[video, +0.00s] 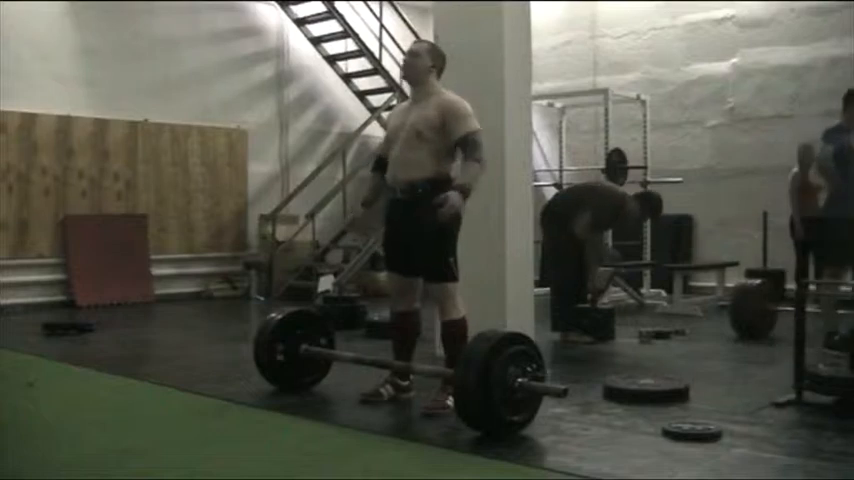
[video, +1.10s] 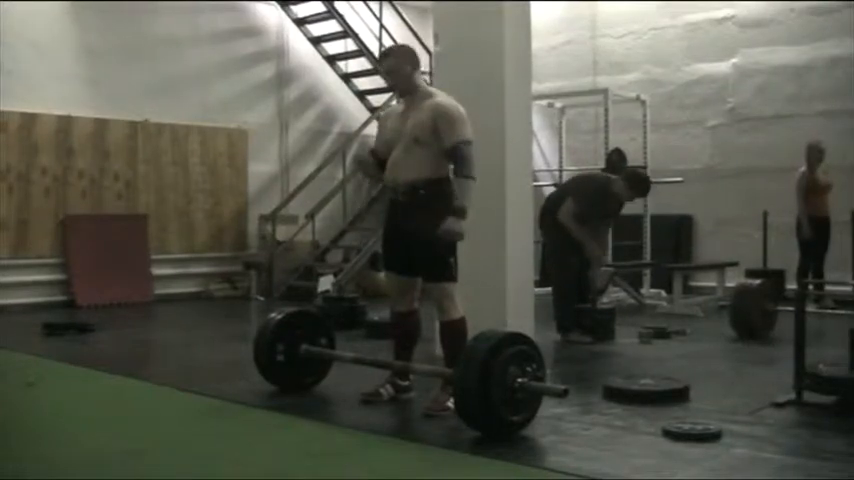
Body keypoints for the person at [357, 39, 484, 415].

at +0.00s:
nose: (405, 60)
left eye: (413, 55)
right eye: (405, 55)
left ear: (433, 66)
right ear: (407, 65)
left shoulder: (452, 107)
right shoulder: (398, 114)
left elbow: (475, 155)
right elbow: (381, 165)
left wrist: (460, 192)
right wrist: (365, 207)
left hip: (436, 201)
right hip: (399, 203)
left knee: (444, 294)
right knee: (401, 292)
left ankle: (451, 386)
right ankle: (400, 379)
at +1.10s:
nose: (388, 80)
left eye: (393, 73)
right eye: (385, 75)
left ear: (413, 68)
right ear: (385, 75)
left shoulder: (443, 109)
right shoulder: (389, 116)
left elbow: (465, 164)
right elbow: (380, 167)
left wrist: (459, 214)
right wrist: (364, 159)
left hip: (435, 199)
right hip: (399, 202)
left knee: (443, 294)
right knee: (401, 293)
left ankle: (453, 386)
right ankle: (400, 379)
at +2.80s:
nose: (375, 94)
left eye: (378, 85)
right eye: (370, 88)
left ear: (396, 75)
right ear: (371, 87)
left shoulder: (436, 111)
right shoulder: (382, 122)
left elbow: (463, 160)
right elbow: (368, 169)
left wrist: (463, 214)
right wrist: (357, 211)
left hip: (438, 202)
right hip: (401, 204)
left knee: (441, 295)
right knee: (394, 291)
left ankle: (453, 387)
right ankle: (398, 380)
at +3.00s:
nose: (351, 117)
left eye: (353, 108)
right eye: (347, 112)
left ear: (371, 96)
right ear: (349, 110)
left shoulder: (421, 122)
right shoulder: (368, 141)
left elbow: (448, 175)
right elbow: (361, 197)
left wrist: (452, 227)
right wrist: (355, 249)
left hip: (438, 213)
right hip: (402, 217)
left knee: (439, 299)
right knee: (395, 297)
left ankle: (451, 386)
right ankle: (399, 379)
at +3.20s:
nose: (342, 167)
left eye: (342, 158)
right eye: (337, 161)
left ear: (358, 148)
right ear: (344, 156)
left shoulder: (408, 168)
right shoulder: (361, 179)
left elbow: (433, 224)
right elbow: (355, 232)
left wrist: (443, 274)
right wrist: (352, 274)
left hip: (449, 233)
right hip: (406, 237)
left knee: (430, 307)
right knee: (382, 300)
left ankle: (446, 388)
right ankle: (398, 379)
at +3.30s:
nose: (345, 201)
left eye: (346, 194)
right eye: (341, 196)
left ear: (361, 185)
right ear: (341, 193)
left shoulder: (412, 208)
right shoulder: (355, 207)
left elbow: (433, 264)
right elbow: (350, 262)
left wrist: (442, 316)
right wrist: (342, 318)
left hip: (449, 256)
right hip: (404, 258)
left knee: (415, 314)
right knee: (373, 305)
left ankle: (446, 387)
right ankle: (398, 380)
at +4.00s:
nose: (332, 158)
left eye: (336, 150)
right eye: (330, 151)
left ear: (357, 146)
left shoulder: (394, 166)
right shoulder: (355, 177)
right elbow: (355, 224)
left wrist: (447, 270)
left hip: (441, 221)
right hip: (404, 230)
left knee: (430, 302)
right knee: (386, 300)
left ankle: (443, 388)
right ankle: (396, 379)